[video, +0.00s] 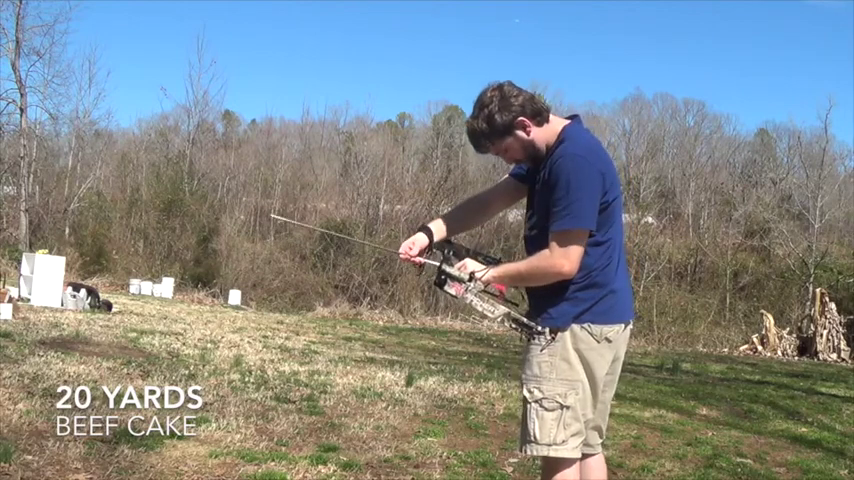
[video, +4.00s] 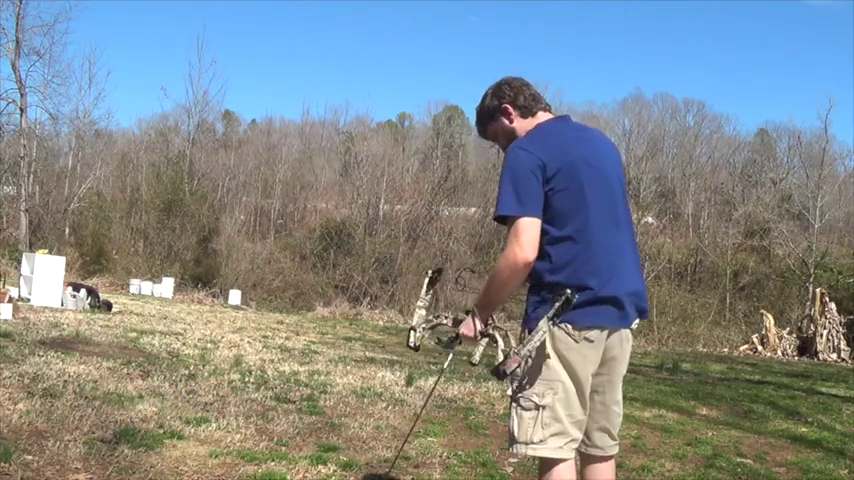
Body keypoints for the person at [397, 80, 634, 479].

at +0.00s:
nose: (507, 162)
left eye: (504, 153)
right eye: (500, 156)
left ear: (524, 127)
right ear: (525, 123)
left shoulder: (573, 158)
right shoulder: (557, 148)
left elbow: (563, 261)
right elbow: (493, 200)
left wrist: (489, 274)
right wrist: (431, 232)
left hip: (574, 321)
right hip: (594, 318)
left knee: (559, 450)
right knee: (587, 445)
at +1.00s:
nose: (503, 166)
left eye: (499, 158)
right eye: (496, 162)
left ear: (516, 132)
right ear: (518, 127)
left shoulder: (568, 160)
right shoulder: (558, 148)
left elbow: (562, 263)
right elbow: (498, 202)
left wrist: (491, 277)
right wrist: (440, 234)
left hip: (572, 319)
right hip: (592, 316)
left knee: (558, 449)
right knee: (586, 445)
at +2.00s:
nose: (500, 166)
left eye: (496, 159)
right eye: (493, 163)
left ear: (512, 132)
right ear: (514, 128)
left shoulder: (565, 159)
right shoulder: (555, 149)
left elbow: (563, 263)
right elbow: (494, 203)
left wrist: (490, 279)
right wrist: (437, 235)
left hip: (570, 319)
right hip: (590, 316)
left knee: (557, 449)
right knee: (585, 445)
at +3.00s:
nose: (496, 158)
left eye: (493, 148)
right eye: (489, 153)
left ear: (513, 123)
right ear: (516, 121)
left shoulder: (562, 157)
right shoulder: (549, 149)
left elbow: (562, 261)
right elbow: (492, 205)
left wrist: (488, 279)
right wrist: (433, 239)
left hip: (569, 319)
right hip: (590, 317)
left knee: (557, 450)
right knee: (585, 446)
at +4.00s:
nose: (502, 149)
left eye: (497, 139)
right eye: (495, 143)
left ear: (508, 113)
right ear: (544, 109)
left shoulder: (530, 150)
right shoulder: (602, 143)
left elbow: (522, 252)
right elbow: (590, 245)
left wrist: (479, 315)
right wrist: (537, 330)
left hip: (567, 315)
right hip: (622, 311)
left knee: (557, 452)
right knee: (601, 450)